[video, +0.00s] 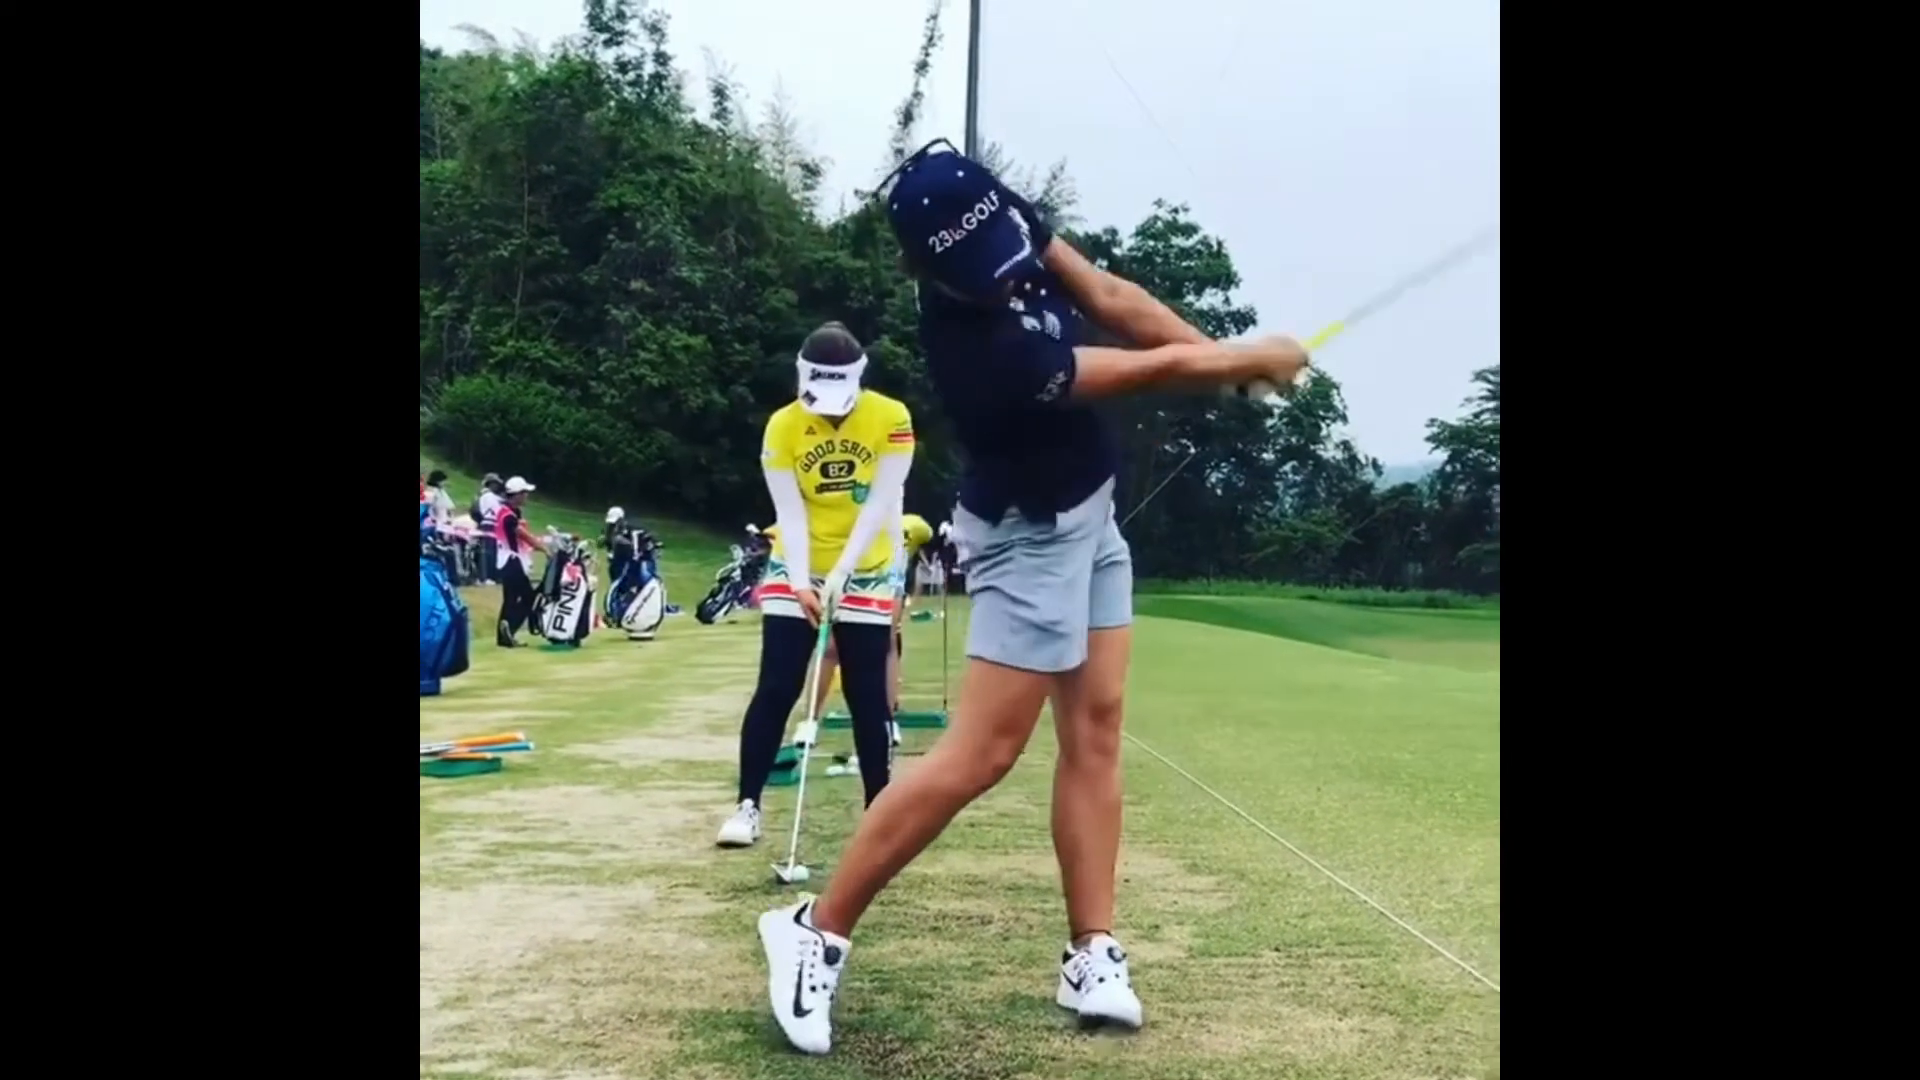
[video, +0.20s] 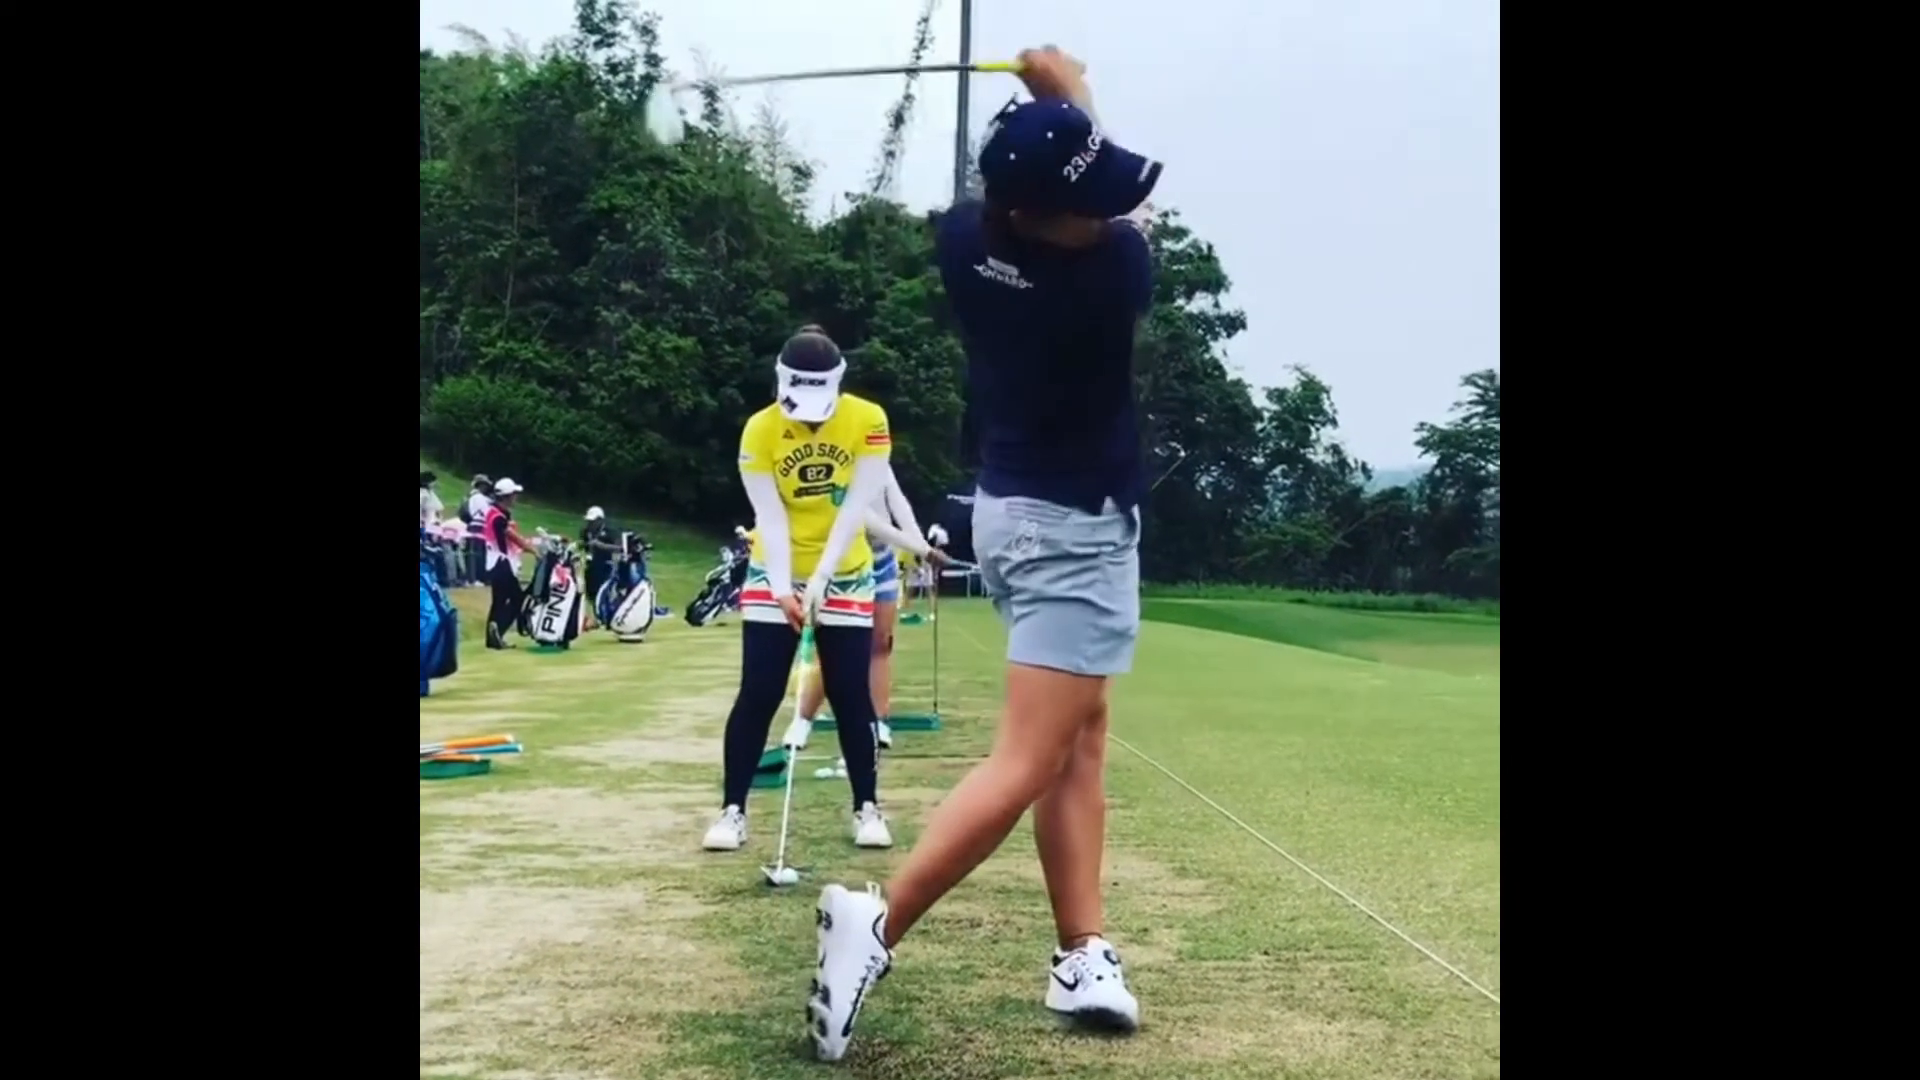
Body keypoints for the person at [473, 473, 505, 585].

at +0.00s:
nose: (499, 488)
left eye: (499, 486)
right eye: (497, 486)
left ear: (486, 485)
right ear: (494, 485)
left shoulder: (482, 496)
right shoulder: (496, 498)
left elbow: (474, 511)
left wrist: (480, 520)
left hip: (484, 526)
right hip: (492, 526)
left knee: (484, 552)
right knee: (491, 552)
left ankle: (483, 576)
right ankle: (489, 576)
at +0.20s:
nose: (487, 489)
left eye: (487, 486)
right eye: (486, 487)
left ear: (475, 486)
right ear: (484, 487)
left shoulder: (471, 498)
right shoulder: (487, 500)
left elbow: (463, 513)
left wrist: (469, 521)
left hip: (471, 528)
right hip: (481, 529)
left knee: (470, 554)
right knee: (480, 554)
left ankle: (471, 578)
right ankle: (480, 578)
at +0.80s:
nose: (468, 494)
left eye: (468, 492)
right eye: (467, 492)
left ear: (457, 491)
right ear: (464, 492)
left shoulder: (452, 503)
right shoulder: (467, 505)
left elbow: (445, 518)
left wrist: (452, 526)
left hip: (452, 534)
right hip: (462, 535)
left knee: (452, 560)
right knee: (461, 559)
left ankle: (451, 583)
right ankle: (460, 583)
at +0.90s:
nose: (467, 495)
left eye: (467, 493)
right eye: (466, 493)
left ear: (456, 493)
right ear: (462, 493)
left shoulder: (451, 505)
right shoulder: (465, 506)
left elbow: (443, 519)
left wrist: (451, 528)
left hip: (452, 535)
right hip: (461, 536)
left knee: (451, 561)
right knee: (460, 560)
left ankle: (450, 584)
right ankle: (458, 584)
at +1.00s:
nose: (467, 496)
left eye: (467, 494)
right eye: (466, 494)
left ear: (455, 493)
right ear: (463, 494)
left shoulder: (450, 506)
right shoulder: (464, 507)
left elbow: (443, 521)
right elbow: (468, 521)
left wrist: (450, 529)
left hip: (451, 537)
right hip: (460, 538)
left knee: (451, 562)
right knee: (460, 562)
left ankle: (450, 586)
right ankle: (459, 586)